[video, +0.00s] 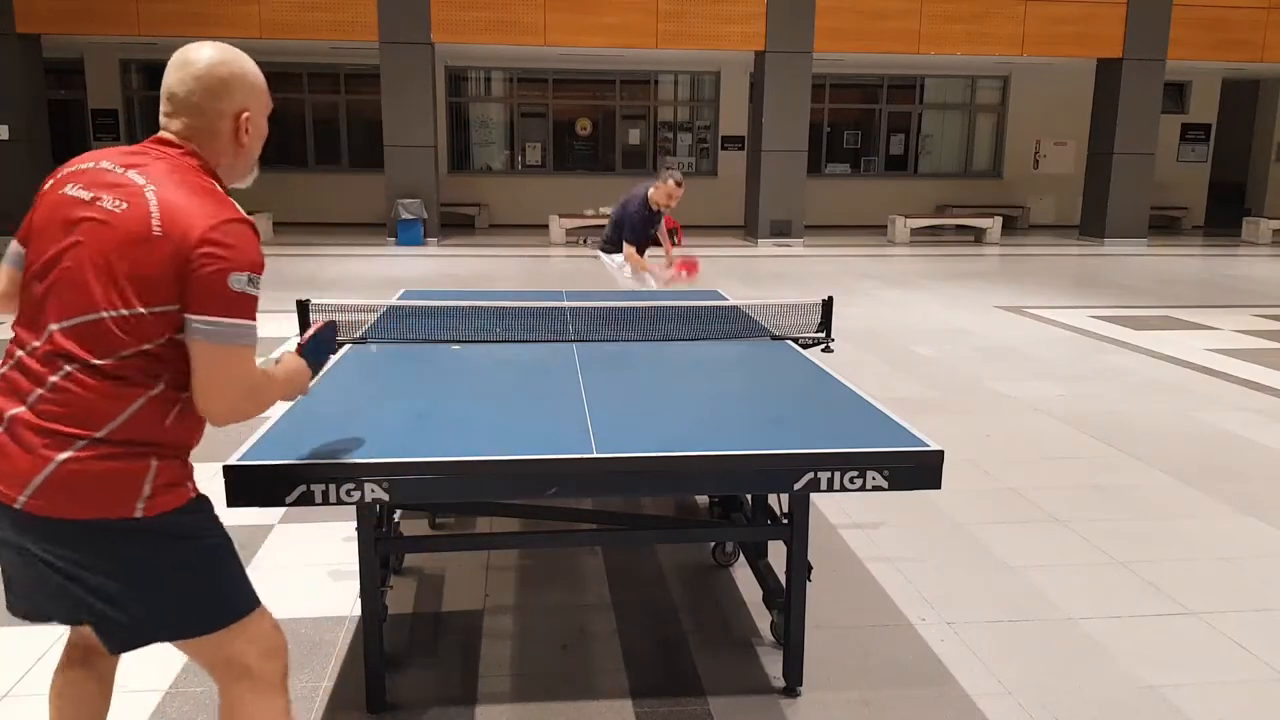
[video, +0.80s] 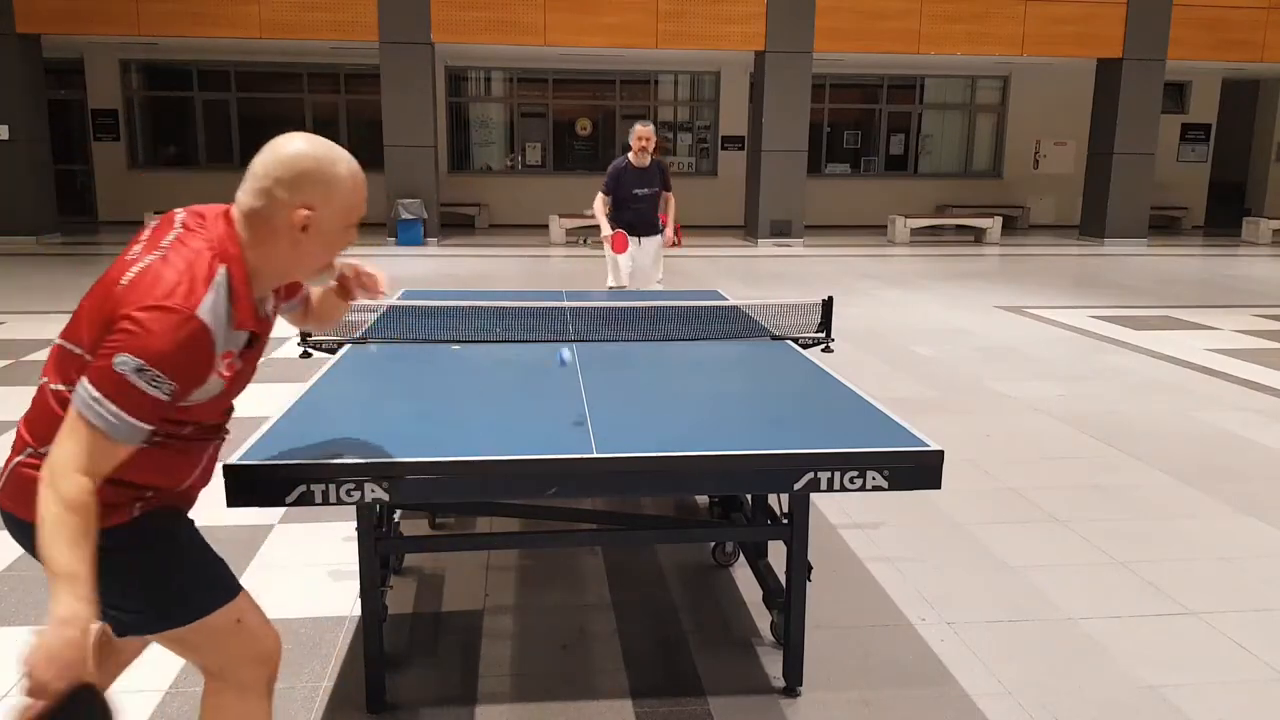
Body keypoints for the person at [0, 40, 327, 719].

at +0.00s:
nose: (264, 136)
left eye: (266, 120)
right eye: (264, 120)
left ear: (170, 111)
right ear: (241, 124)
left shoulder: (75, 173)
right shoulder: (217, 226)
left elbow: (9, 294)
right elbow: (225, 398)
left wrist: (107, 314)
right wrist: (287, 376)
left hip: (16, 473)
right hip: (119, 495)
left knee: (92, 637)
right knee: (254, 657)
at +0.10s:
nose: (283, 136)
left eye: (285, 118)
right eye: (283, 118)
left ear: (188, 108)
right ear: (261, 122)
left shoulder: (100, 166)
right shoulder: (219, 222)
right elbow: (229, 402)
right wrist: (299, 380)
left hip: (25, 461)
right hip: (115, 487)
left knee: (92, 637)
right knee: (246, 658)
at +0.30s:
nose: (339, 169)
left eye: (340, 153)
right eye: (339, 153)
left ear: (240, 137)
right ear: (314, 157)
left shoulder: (164, 184)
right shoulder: (253, 259)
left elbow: (170, 326)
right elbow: (287, 441)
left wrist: (277, 347)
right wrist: (363, 407)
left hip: (35, 468)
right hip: (126, 503)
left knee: (102, 633)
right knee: (265, 659)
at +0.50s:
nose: (376, 206)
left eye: (382, 190)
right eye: (379, 191)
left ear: (283, 170)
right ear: (350, 199)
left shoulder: (209, 206)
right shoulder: (256, 295)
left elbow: (241, 327)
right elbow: (281, 478)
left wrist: (350, 329)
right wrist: (392, 459)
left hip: (48, 468)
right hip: (114, 506)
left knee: (140, 601)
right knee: (269, 660)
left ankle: (47, 712)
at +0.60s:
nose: (382, 226)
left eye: (386, 211)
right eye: (383, 210)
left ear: (288, 184)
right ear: (352, 214)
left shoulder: (227, 217)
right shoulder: (244, 303)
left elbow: (314, 329)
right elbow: (193, 489)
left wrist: (376, 319)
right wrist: (339, 526)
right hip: (99, 503)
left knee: (135, 609)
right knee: (265, 657)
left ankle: (51, 712)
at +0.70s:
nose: (374, 241)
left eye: (380, 226)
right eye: (376, 225)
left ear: (284, 199)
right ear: (337, 226)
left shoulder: (265, 248)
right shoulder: (211, 310)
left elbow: (327, 330)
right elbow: (110, 480)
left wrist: (371, 310)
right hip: (83, 502)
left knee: (127, 621)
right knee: (263, 650)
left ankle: (51, 716)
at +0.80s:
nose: (346, 245)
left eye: (353, 232)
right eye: (347, 231)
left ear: (294, 220)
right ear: (301, 225)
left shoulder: (249, 249)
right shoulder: (176, 312)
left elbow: (310, 310)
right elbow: (67, 472)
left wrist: (342, 292)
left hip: (134, 490)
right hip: (93, 506)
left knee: (129, 626)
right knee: (248, 656)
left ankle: (48, 708)